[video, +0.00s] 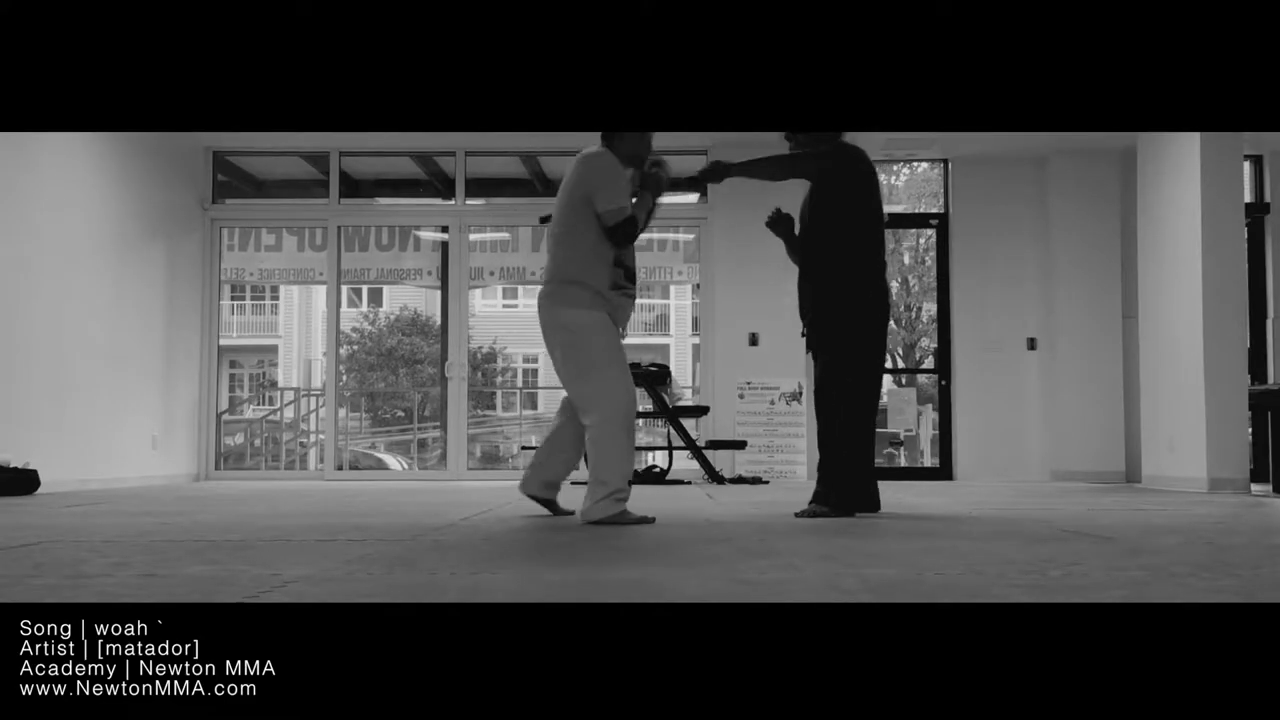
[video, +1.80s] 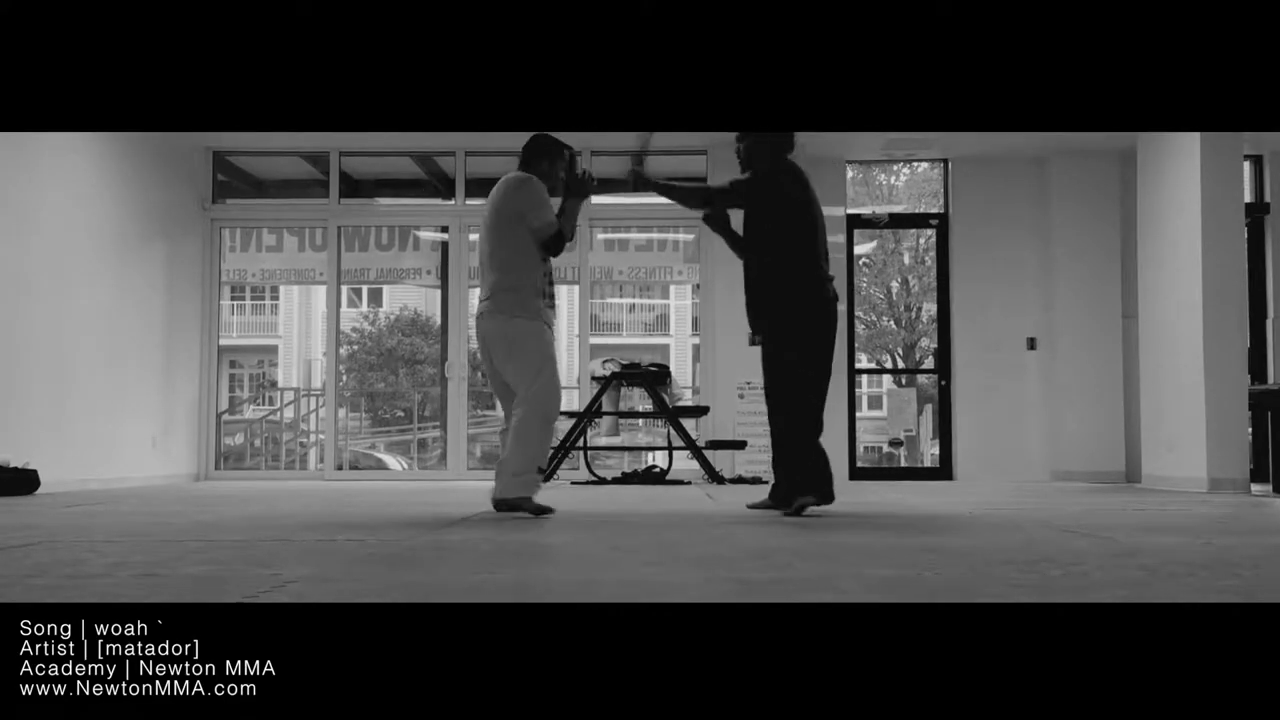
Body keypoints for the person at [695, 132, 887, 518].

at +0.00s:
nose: (792, 148)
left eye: (793, 141)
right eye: (791, 144)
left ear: (808, 138)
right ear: (830, 134)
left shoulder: (845, 160)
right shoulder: (833, 181)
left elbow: (786, 167)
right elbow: (814, 262)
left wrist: (728, 169)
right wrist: (788, 233)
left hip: (848, 312)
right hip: (842, 312)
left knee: (841, 403)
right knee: (843, 404)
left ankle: (841, 498)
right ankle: (849, 496)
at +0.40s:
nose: (785, 148)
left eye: (787, 139)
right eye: (784, 142)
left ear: (804, 137)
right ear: (818, 138)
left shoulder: (841, 168)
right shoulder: (832, 170)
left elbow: (816, 215)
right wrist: (785, 229)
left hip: (850, 312)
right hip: (838, 310)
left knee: (846, 400)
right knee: (842, 399)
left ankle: (850, 496)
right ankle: (854, 493)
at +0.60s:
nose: (781, 142)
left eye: (784, 135)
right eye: (780, 137)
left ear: (803, 134)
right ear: (807, 136)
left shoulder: (834, 167)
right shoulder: (813, 170)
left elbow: (805, 233)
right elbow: (819, 234)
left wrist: (733, 227)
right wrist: (780, 221)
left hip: (858, 305)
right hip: (838, 303)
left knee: (853, 395)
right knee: (845, 395)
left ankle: (852, 496)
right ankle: (858, 491)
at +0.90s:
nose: (772, 148)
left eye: (776, 141)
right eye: (771, 143)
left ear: (797, 138)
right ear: (791, 142)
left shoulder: (835, 169)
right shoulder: (795, 172)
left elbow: (834, 245)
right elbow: (772, 223)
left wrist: (774, 261)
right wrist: (734, 246)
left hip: (861, 296)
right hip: (832, 297)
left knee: (855, 391)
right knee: (838, 390)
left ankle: (848, 495)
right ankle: (862, 487)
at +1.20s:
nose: (762, 139)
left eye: (766, 133)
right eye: (763, 134)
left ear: (787, 134)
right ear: (786, 136)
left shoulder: (819, 169)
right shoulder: (795, 169)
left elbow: (802, 250)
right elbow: (753, 208)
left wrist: (737, 264)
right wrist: (699, 199)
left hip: (847, 307)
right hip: (824, 308)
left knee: (848, 397)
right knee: (823, 396)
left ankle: (847, 499)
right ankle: (828, 487)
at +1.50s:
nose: (753, 141)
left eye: (760, 134)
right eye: (756, 134)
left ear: (780, 138)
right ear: (790, 139)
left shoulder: (788, 182)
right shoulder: (809, 176)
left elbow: (743, 241)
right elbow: (796, 236)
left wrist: (691, 222)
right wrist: (757, 222)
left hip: (815, 314)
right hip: (808, 313)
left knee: (827, 402)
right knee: (800, 402)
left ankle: (843, 500)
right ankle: (793, 493)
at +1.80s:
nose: (737, 151)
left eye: (744, 143)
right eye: (738, 144)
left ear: (765, 145)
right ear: (773, 147)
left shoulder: (774, 180)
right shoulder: (780, 182)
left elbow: (705, 197)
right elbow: (758, 258)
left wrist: (653, 183)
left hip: (798, 312)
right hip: (795, 311)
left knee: (792, 402)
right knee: (787, 403)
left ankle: (808, 488)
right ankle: (786, 490)